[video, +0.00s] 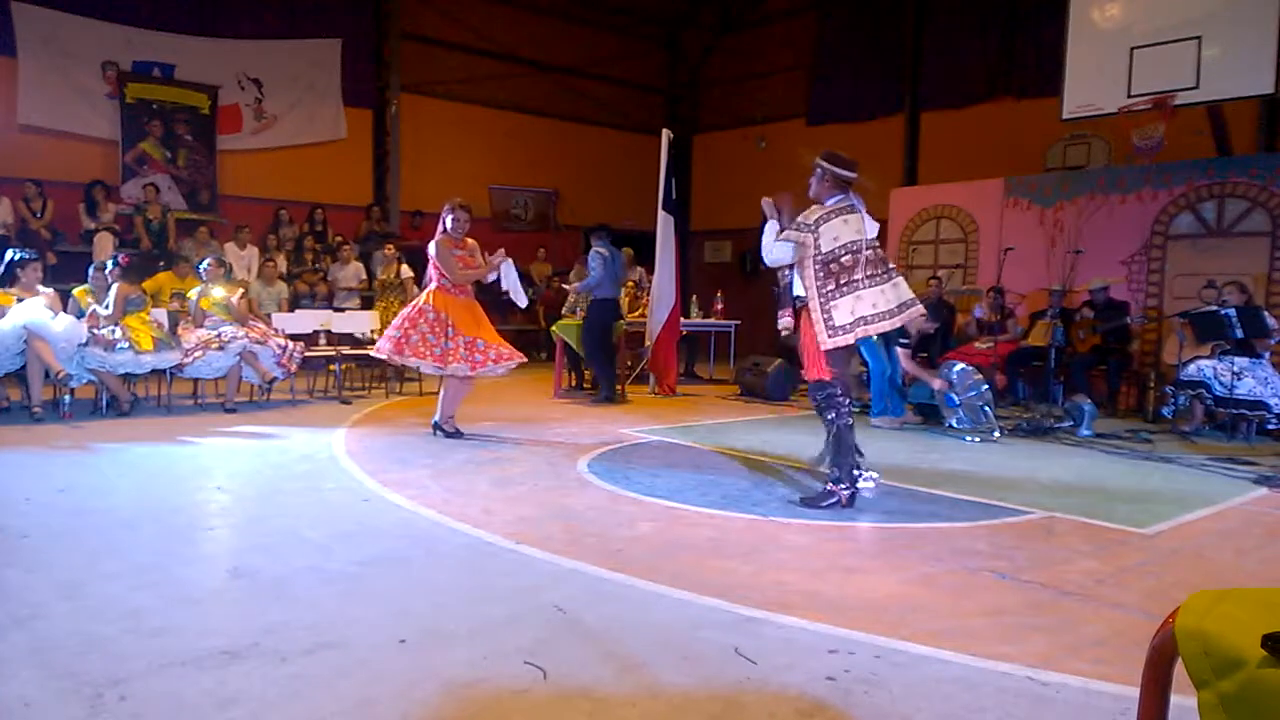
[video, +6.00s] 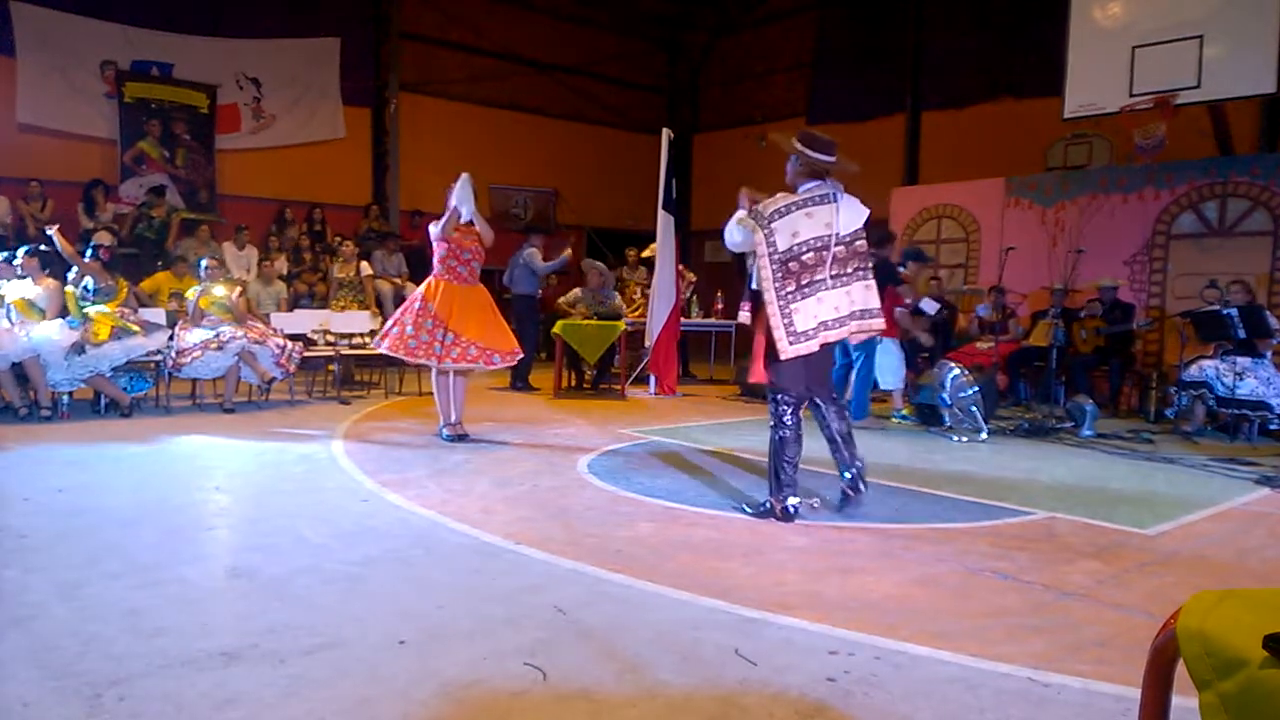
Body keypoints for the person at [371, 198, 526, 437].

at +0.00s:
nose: (460, 225)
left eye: (464, 221)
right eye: (455, 220)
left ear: (470, 223)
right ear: (445, 220)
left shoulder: (471, 244)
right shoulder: (439, 244)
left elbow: (481, 274)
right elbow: (455, 276)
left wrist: (494, 264)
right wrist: (487, 269)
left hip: (465, 308)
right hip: (444, 308)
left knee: (464, 370)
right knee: (457, 369)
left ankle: (446, 418)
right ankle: (443, 418)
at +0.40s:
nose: (456, 216)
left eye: (461, 212)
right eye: (453, 210)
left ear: (468, 215)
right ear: (443, 211)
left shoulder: (467, 237)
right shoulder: (431, 235)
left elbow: (481, 261)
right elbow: (444, 255)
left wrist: (480, 235)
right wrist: (469, 239)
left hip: (461, 300)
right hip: (438, 299)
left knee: (453, 364)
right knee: (444, 363)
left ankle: (445, 418)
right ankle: (444, 420)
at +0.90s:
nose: (455, 211)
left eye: (460, 206)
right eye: (450, 207)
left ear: (464, 208)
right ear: (442, 208)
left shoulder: (469, 237)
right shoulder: (428, 233)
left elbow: (476, 239)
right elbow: (430, 233)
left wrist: (462, 213)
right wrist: (441, 210)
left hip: (462, 298)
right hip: (434, 297)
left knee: (461, 365)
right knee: (437, 364)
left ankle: (449, 417)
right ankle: (439, 419)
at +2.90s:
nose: (464, 206)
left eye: (469, 202)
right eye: (460, 202)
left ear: (478, 209)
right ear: (453, 208)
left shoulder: (484, 238)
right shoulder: (443, 231)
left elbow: (475, 227)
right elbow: (425, 223)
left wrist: (453, 202)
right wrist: (434, 199)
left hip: (471, 298)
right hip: (442, 296)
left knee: (467, 364)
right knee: (445, 363)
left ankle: (461, 420)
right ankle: (447, 420)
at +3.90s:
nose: (454, 206)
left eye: (459, 202)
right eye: (449, 202)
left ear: (466, 206)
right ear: (441, 207)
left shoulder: (477, 232)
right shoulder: (435, 233)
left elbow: (503, 241)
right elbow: (448, 239)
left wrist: (482, 219)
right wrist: (465, 215)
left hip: (474, 298)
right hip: (447, 297)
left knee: (469, 364)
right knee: (448, 364)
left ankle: (461, 420)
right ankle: (447, 420)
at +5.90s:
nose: (458, 210)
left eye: (462, 206)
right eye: (455, 205)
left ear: (469, 209)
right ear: (448, 207)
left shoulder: (478, 233)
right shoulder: (438, 229)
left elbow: (492, 243)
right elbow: (442, 237)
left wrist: (476, 216)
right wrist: (454, 219)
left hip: (469, 298)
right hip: (442, 296)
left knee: (461, 364)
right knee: (442, 364)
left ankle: (458, 420)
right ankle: (446, 421)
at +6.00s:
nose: (459, 207)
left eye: (462, 204)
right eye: (455, 202)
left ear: (467, 207)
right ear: (448, 204)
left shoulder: (477, 233)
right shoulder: (437, 229)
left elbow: (489, 238)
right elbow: (442, 231)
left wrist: (473, 211)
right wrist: (453, 207)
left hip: (469, 297)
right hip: (442, 295)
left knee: (462, 365)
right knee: (442, 364)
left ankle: (457, 421)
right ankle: (445, 422)